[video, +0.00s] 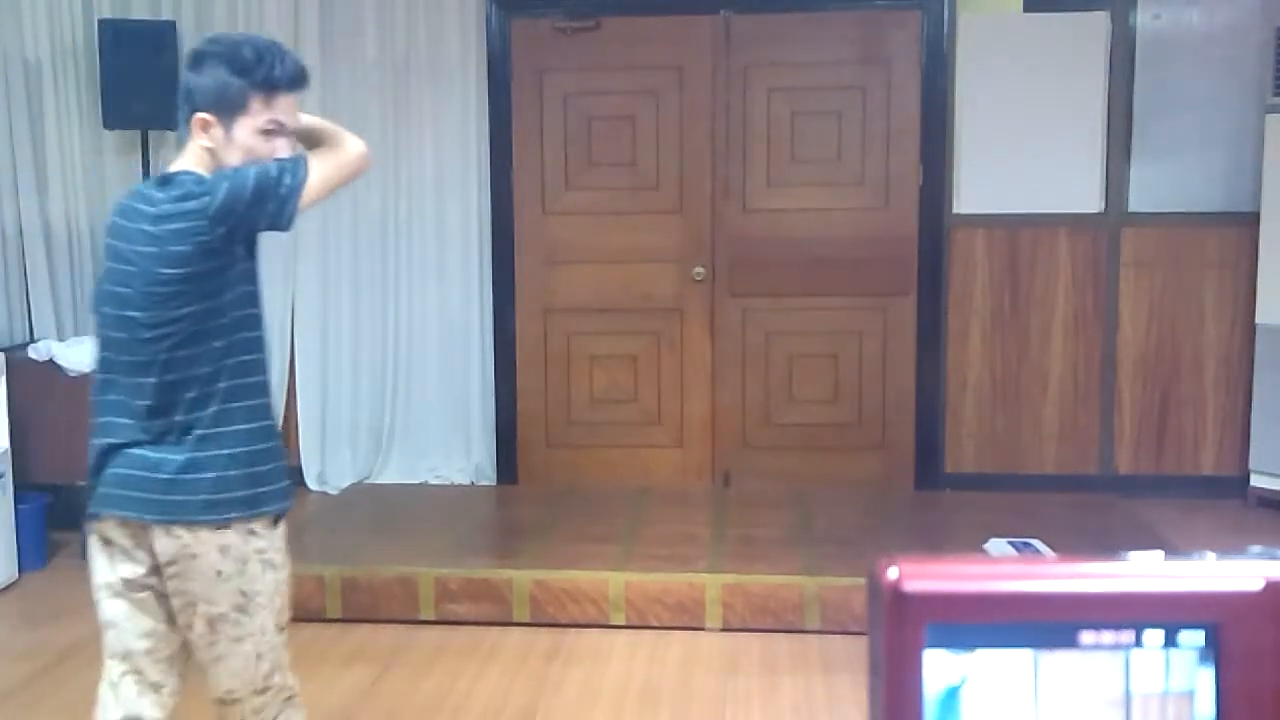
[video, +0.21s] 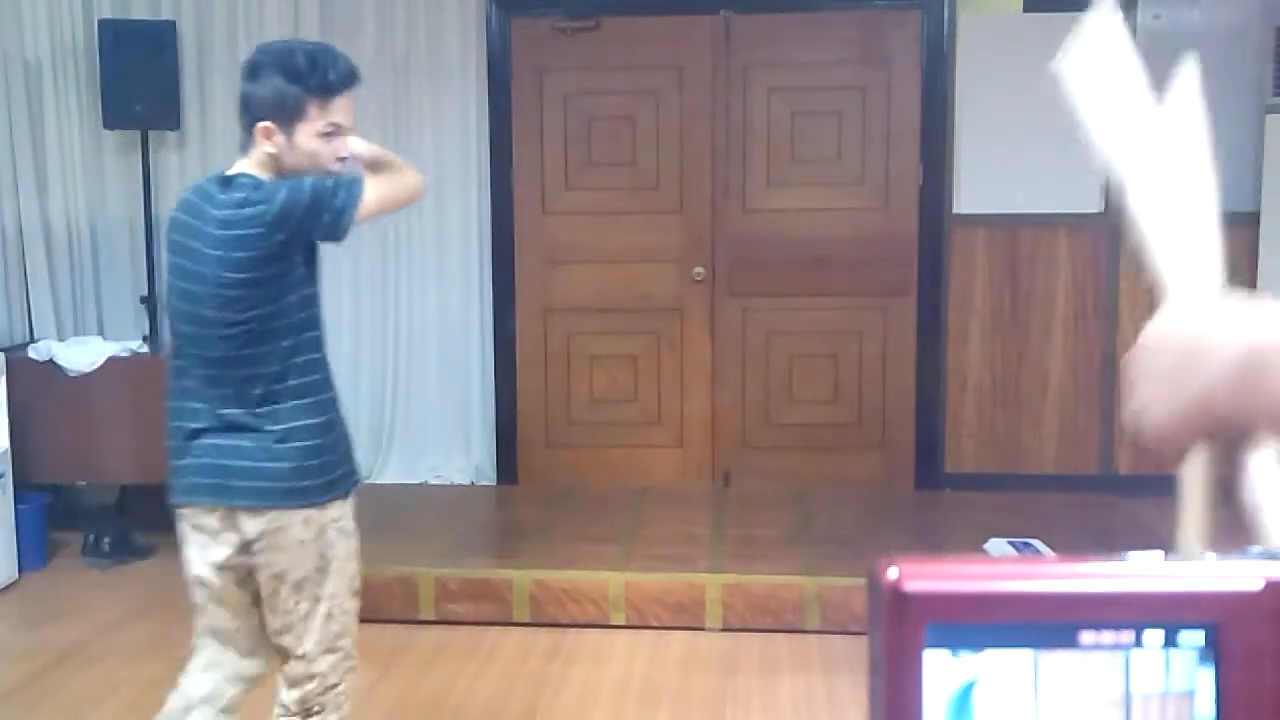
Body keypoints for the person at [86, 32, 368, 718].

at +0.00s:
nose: (285, 146)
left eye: (286, 129)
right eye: (269, 130)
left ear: (201, 130)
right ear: (206, 129)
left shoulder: (129, 208)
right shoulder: (225, 200)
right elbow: (352, 153)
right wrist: (294, 125)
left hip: (120, 490)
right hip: (217, 495)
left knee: (132, 692)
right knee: (259, 696)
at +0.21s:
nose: (346, 147)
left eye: (345, 128)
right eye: (328, 131)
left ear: (264, 135)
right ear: (269, 135)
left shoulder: (190, 206)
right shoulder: (288, 204)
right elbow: (407, 182)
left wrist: (330, 166)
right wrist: (348, 147)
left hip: (201, 474)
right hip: (292, 479)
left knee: (226, 655)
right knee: (318, 673)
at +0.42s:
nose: (369, 150)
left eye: (373, 132)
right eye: (354, 133)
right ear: (298, 131)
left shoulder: (229, 207)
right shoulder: (321, 215)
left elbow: (218, 335)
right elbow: (430, 301)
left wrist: (253, 413)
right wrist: (461, 273)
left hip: (255, 459)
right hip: (324, 467)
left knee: (301, 623)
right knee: (331, 652)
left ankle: (285, 708)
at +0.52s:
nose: (378, 157)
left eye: (382, 138)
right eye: (362, 139)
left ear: (306, 142)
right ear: (307, 138)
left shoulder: (248, 211)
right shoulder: (330, 222)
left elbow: (233, 336)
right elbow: (405, 339)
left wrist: (243, 431)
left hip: (278, 457)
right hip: (337, 464)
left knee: (322, 640)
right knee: (340, 657)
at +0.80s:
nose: (391, 155)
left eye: (397, 138)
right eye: (376, 141)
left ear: (404, 128)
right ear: (325, 137)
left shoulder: (321, 200)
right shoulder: (320, 210)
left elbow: (282, 320)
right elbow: (280, 327)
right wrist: (258, 447)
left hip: (337, 447)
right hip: (346, 452)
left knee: (348, 604)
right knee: (375, 616)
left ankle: (339, 706)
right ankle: (352, 711)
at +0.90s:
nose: (391, 157)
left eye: (398, 140)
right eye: (375, 142)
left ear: (405, 129)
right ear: (328, 140)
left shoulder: (346, 207)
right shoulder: (310, 213)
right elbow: (258, 325)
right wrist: (224, 437)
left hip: (355, 444)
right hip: (338, 449)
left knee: (350, 603)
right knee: (366, 606)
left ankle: (343, 706)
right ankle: (345, 708)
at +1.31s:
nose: (356, 156)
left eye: (366, 138)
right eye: (339, 140)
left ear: (376, 130)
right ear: (296, 134)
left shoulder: (363, 221)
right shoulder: (252, 217)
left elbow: (405, 321)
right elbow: (218, 338)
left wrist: (470, 394)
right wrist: (225, 453)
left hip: (351, 456)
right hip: (290, 457)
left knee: (336, 627)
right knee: (281, 636)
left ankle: (328, 715)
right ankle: (250, 719)